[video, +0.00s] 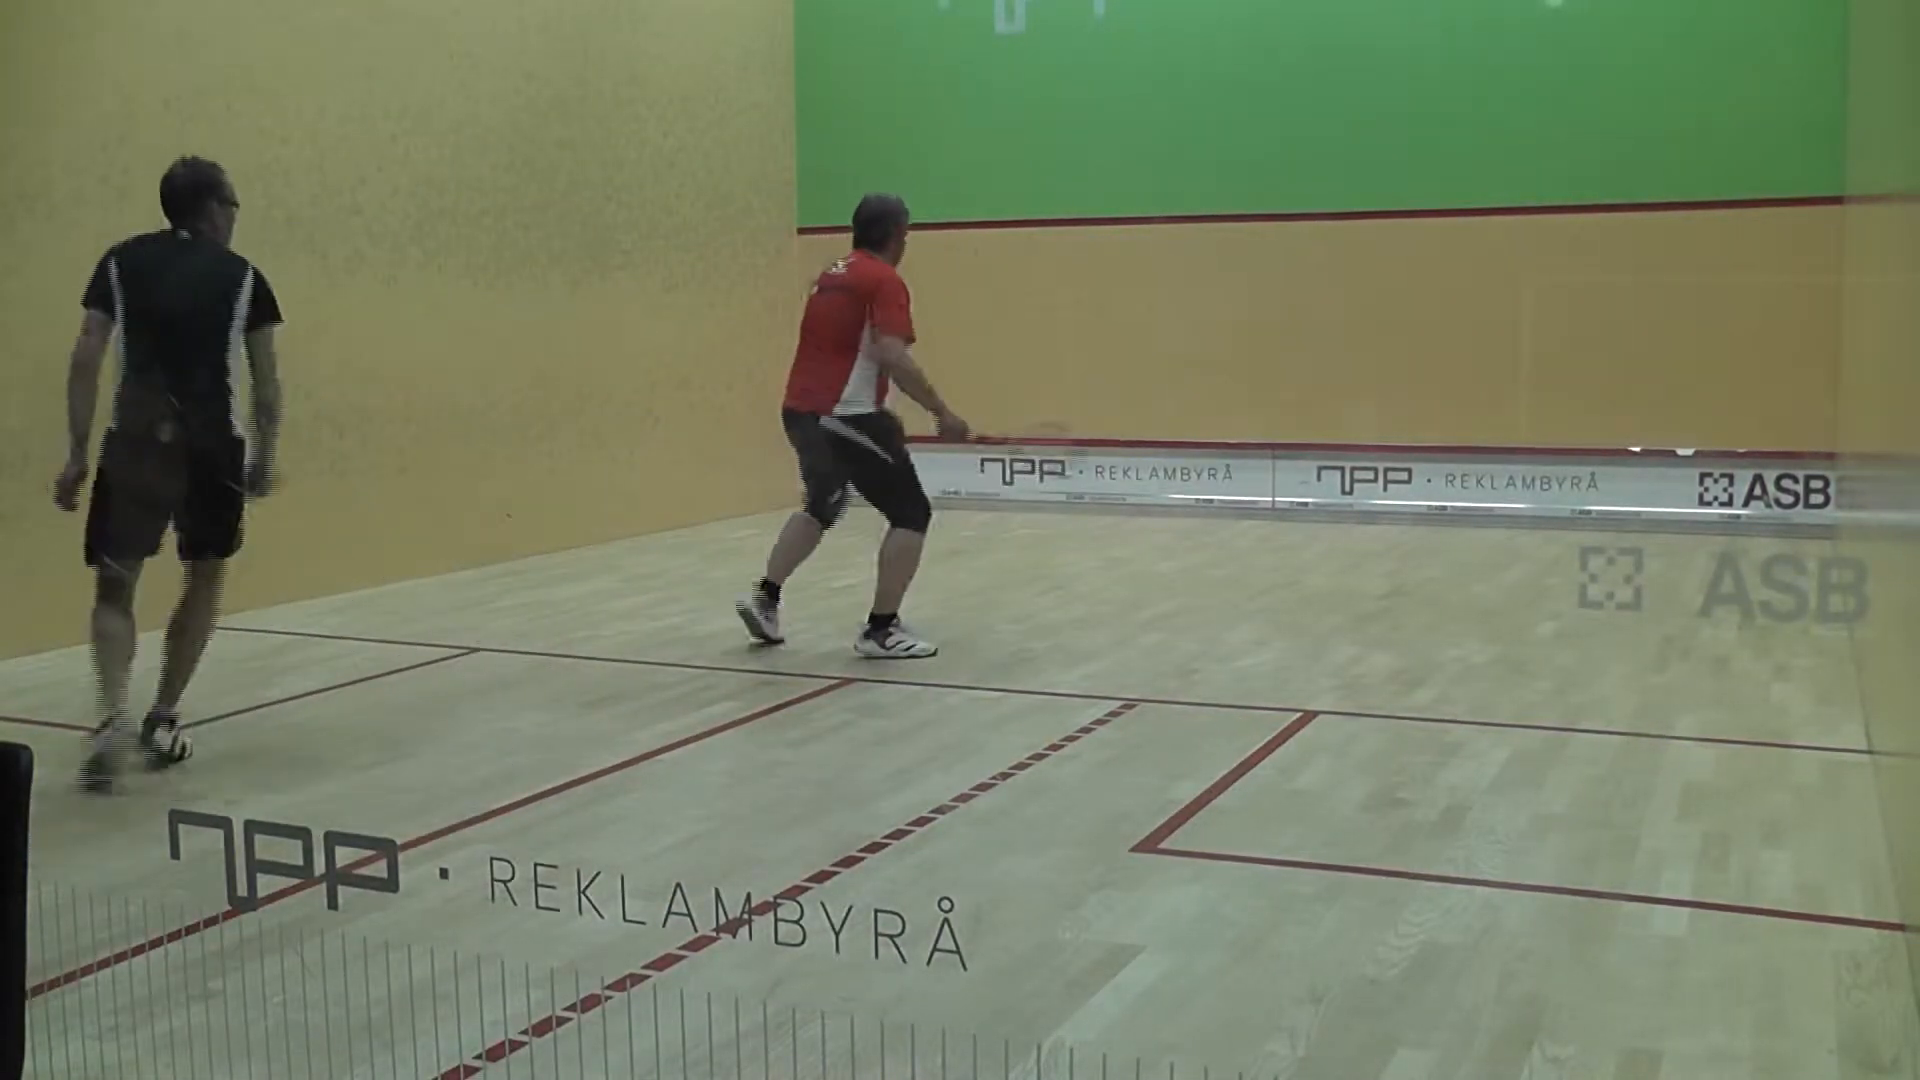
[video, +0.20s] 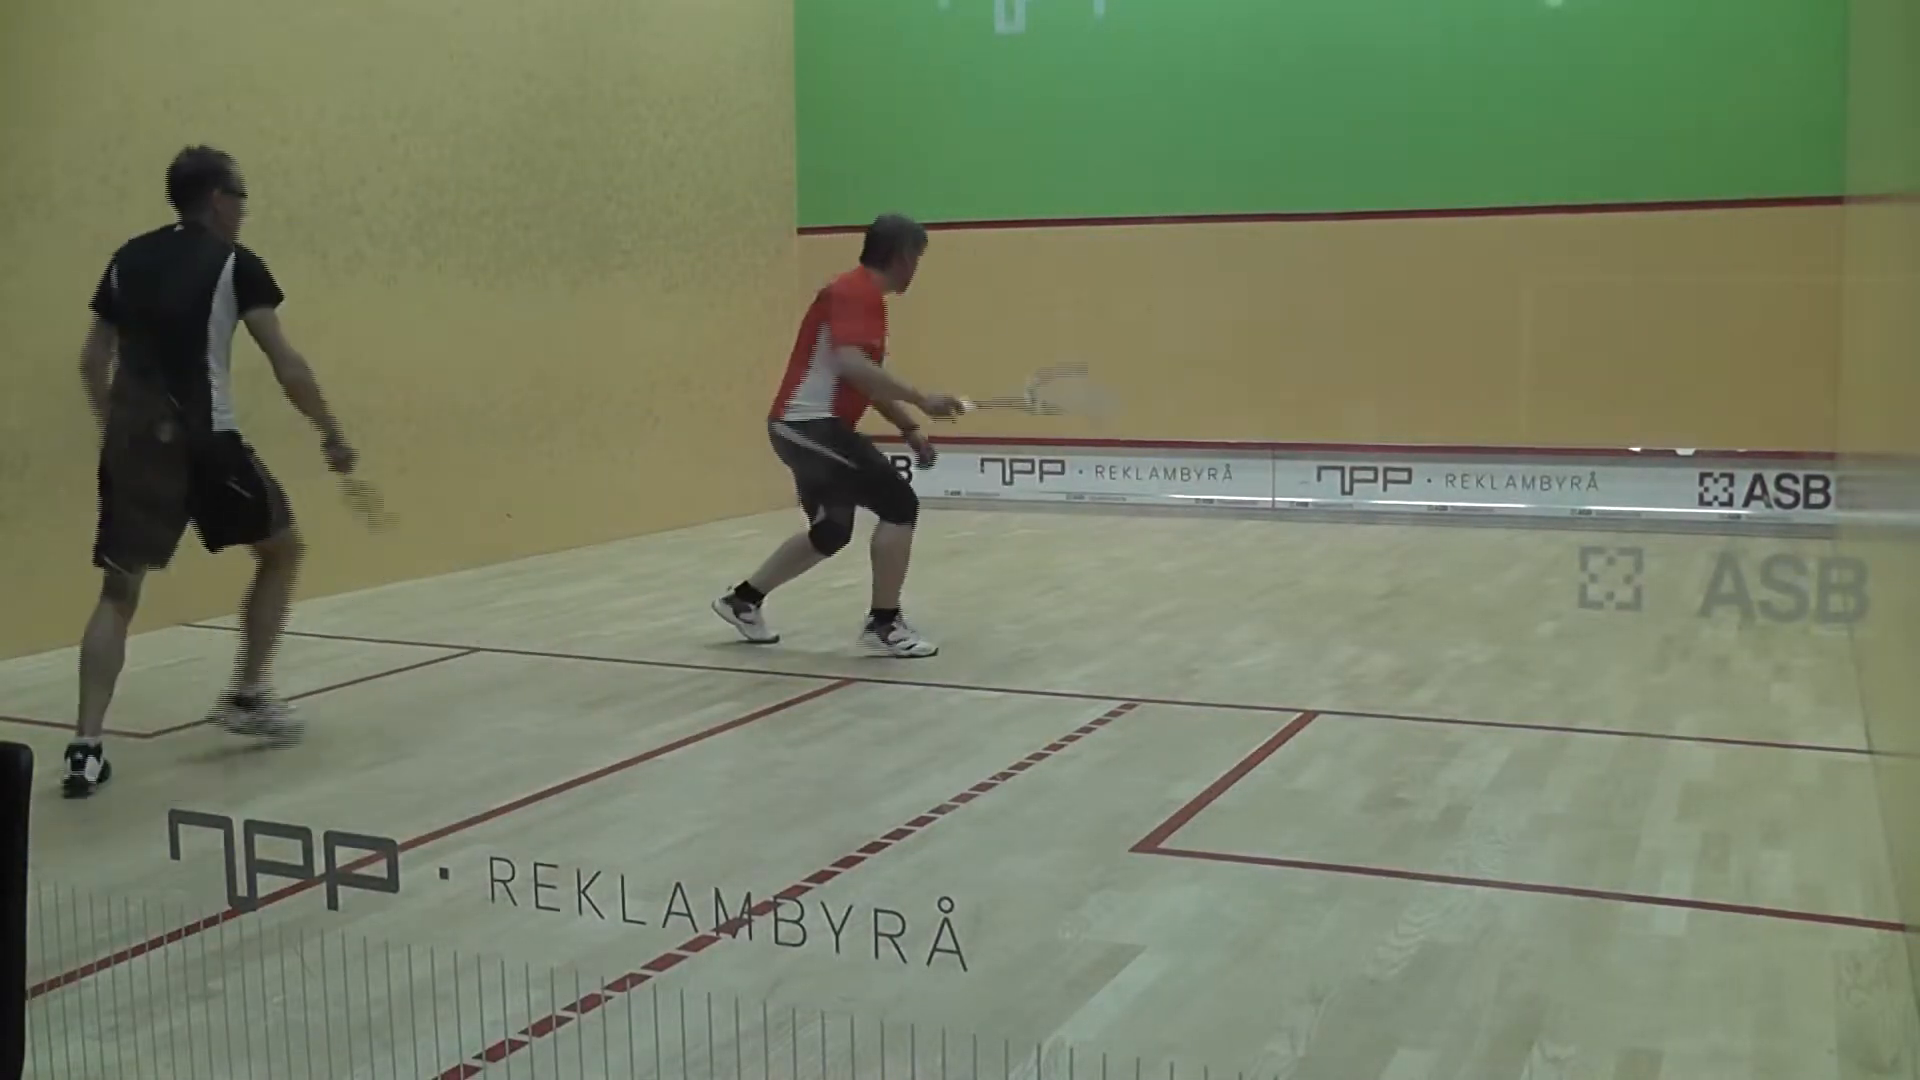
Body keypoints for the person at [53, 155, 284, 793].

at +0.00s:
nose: (236, 220)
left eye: (234, 208)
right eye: (231, 208)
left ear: (173, 212)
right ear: (209, 211)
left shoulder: (122, 261)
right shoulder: (241, 275)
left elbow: (85, 359)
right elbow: (266, 382)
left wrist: (76, 454)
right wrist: (264, 455)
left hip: (134, 453)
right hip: (210, 456)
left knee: (114, 588)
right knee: (204, 580)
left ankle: (110, 719)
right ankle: (163, 716)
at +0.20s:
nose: (242, 210)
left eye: (242, 198)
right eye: (235, 198)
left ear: (181, 202)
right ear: (209, 202)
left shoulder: (130, 258)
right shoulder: (236, 265)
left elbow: (93, 361)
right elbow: (288, 365)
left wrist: (117, 424)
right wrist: (331, 432)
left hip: (132, 451)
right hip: (209, 449)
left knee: (117, 594)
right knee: (281, 550)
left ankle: (85, 747)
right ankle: (248, 694)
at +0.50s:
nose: (312, 198)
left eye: (311, 186)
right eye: (304, 185)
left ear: (256, 190)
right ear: (273, 187)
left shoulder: (209, 243)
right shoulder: (278, 243)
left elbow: (198, 347)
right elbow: (277, 338)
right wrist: (331, 423)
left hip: (197, 434)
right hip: (256, 431)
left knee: (208, 574)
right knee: (336, 550)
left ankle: (145, 714)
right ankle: (301, 701)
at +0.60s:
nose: (324, 202)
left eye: (322, 190)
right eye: (315, 190)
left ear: (271, 194)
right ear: (282, 192)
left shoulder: (223, 250)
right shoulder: (279, 251)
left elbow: (224, 359)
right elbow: (271, 348)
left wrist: (289, 424)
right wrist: (329, 432)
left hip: (206, 443)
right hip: (262, 442)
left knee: (210, 585)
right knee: (372, 549)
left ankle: (144, 725)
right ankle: (335, 688)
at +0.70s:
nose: (351, 209)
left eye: (349, 197)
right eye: (341, 197)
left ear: (302, 204)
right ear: (306, 201)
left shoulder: (257, 259)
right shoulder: (292, 261)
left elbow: (261, 374)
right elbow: (283, 369)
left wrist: (320, 427)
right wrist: (332, 452)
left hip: (239, 457)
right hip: (281, 453)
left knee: (227, 590)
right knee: (403, 551)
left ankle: (145, 723)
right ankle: (402, 709)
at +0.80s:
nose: (380, 207)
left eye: (378, 196)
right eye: (371, 195)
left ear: (331, 202)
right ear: (342, 200)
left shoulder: (291, 259)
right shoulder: (322, 262)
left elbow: (280, 379)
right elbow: (310, 370)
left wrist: (349, 423)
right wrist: (360, 452)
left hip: (274, 453)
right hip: (313, 450)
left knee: (239, 586)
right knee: (427, 555)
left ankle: (150, 717)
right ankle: (425, 711)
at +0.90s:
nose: (445, 210)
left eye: (443, 199)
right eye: (433, 199)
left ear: (405, 209)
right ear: (402, 207)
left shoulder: (379, 263)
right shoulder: (384, 269)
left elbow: (378, 378)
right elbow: (379, 382)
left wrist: (417, 431)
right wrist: (434, 452)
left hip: (341, 453)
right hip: (376, 454)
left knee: (277, 578)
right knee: (469, 575)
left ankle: (171, 699)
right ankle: (398, 711)